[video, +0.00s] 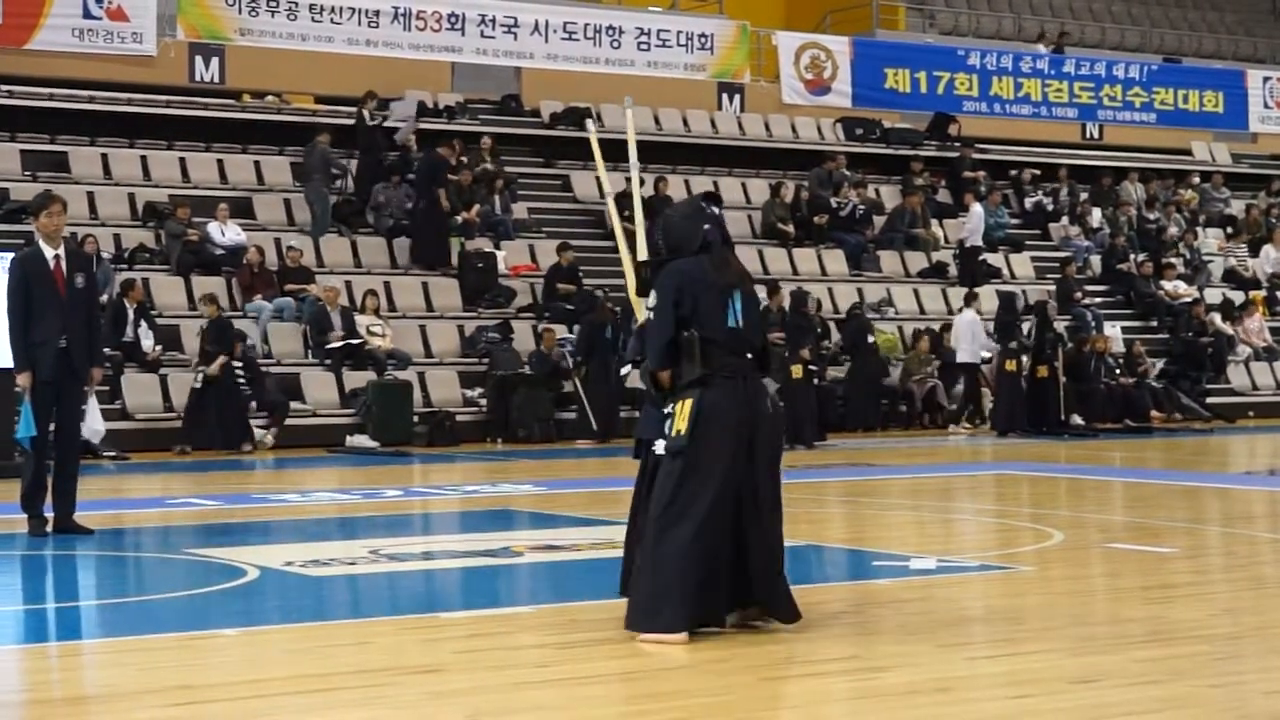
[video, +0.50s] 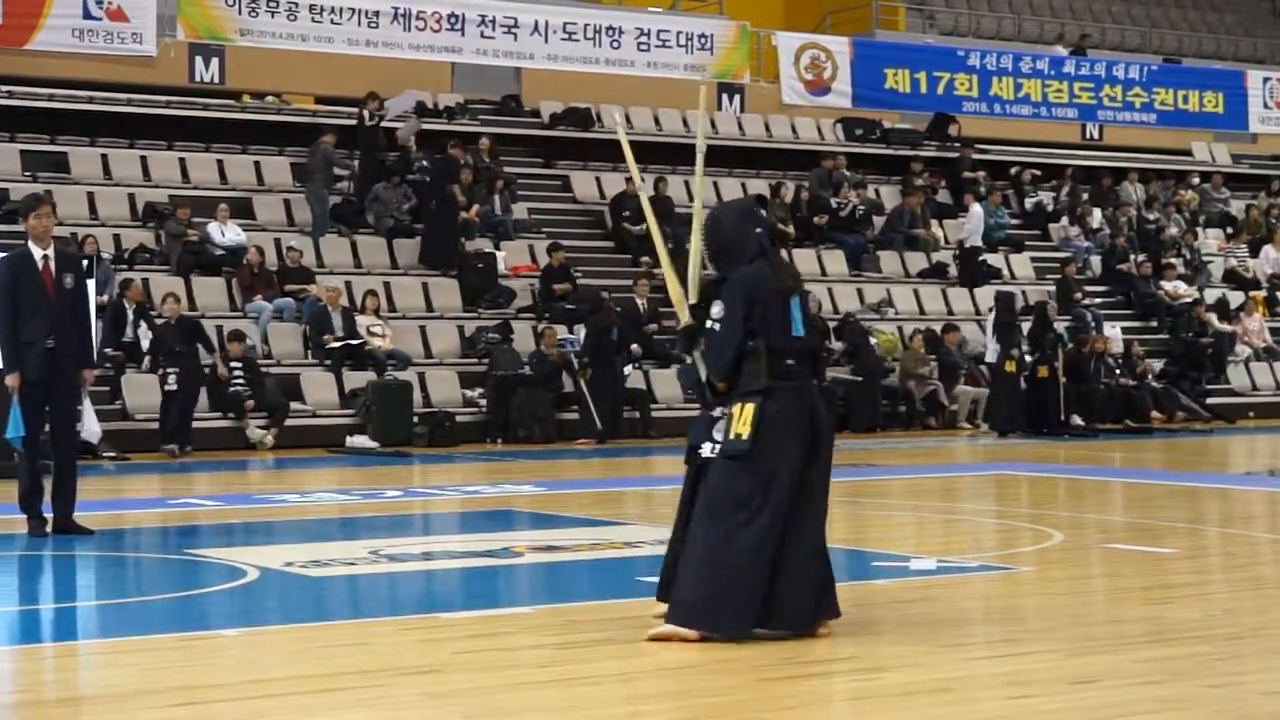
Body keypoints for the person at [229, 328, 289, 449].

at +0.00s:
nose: (237, 348)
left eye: (239, 345)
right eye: (234, 345)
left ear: (243, 345)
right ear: (229, 345)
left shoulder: (249, 361)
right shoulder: (223, 363)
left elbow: (258, 380)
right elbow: (225, 386)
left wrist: (256, 399)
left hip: (252, 395)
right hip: (235, 398)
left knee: (282, 403)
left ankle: (271, 434)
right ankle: (247, 437)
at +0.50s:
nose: (240, 348)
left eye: (241, 344)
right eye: (236, 344)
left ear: (243, 345)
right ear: (228, 345)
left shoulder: (250, 361)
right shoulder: (220, 363)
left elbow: (258, 382)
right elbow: (215, 388)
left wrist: (254, 399)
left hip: (250, 397)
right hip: (229, 398)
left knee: (282, 404)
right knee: (236, 399)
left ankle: (270, 436)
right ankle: (249, 429)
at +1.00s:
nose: (253, 348)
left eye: (253, 345)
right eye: (250, 345)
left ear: (243, 346)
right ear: (240, 346)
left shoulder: (252, 362)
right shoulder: (222, 362)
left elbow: (260, 383)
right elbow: (219, 387)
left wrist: (255, 399)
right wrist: (241, 400)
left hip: (253, 396)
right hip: (232, 399)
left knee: (283, 403)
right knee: (235, 396)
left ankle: (271, 436)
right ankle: (250, 428)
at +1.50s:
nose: (256, 349)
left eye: (256, 346)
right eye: (254, 346)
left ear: (248, 347)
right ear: (244, 347)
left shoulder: (256, 362)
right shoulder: (226, 361)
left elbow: (262, 383)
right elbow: (222, 386)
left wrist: (254, 398)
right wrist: (239, 394)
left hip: (255, 395)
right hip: (236, 395)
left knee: (283, 404)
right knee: (230, 400)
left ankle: (272, 435)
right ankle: (250, 428)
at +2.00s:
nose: (259, 351)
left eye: (259, 348)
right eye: (256, 348)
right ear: (246, 349)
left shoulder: (259, 363)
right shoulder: (229, 363)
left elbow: (264, 385)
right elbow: (224, 388)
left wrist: (254, 400)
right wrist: (239, 399)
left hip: (255, 396)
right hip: (236, 397)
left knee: (283, 404)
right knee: (226, 402)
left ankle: (271, 436)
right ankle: (251, 428)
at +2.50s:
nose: (261, 351)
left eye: (261, 348)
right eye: (258, 349)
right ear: (248, 349)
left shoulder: (261, 363)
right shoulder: (231, 362)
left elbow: (265, 385)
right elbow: (225, 389)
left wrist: (255, 400)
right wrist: (240, 399)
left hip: (256, 396)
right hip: (237, 396)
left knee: (283, 403)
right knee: (227, 402)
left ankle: (270, 435)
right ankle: (249, 430)